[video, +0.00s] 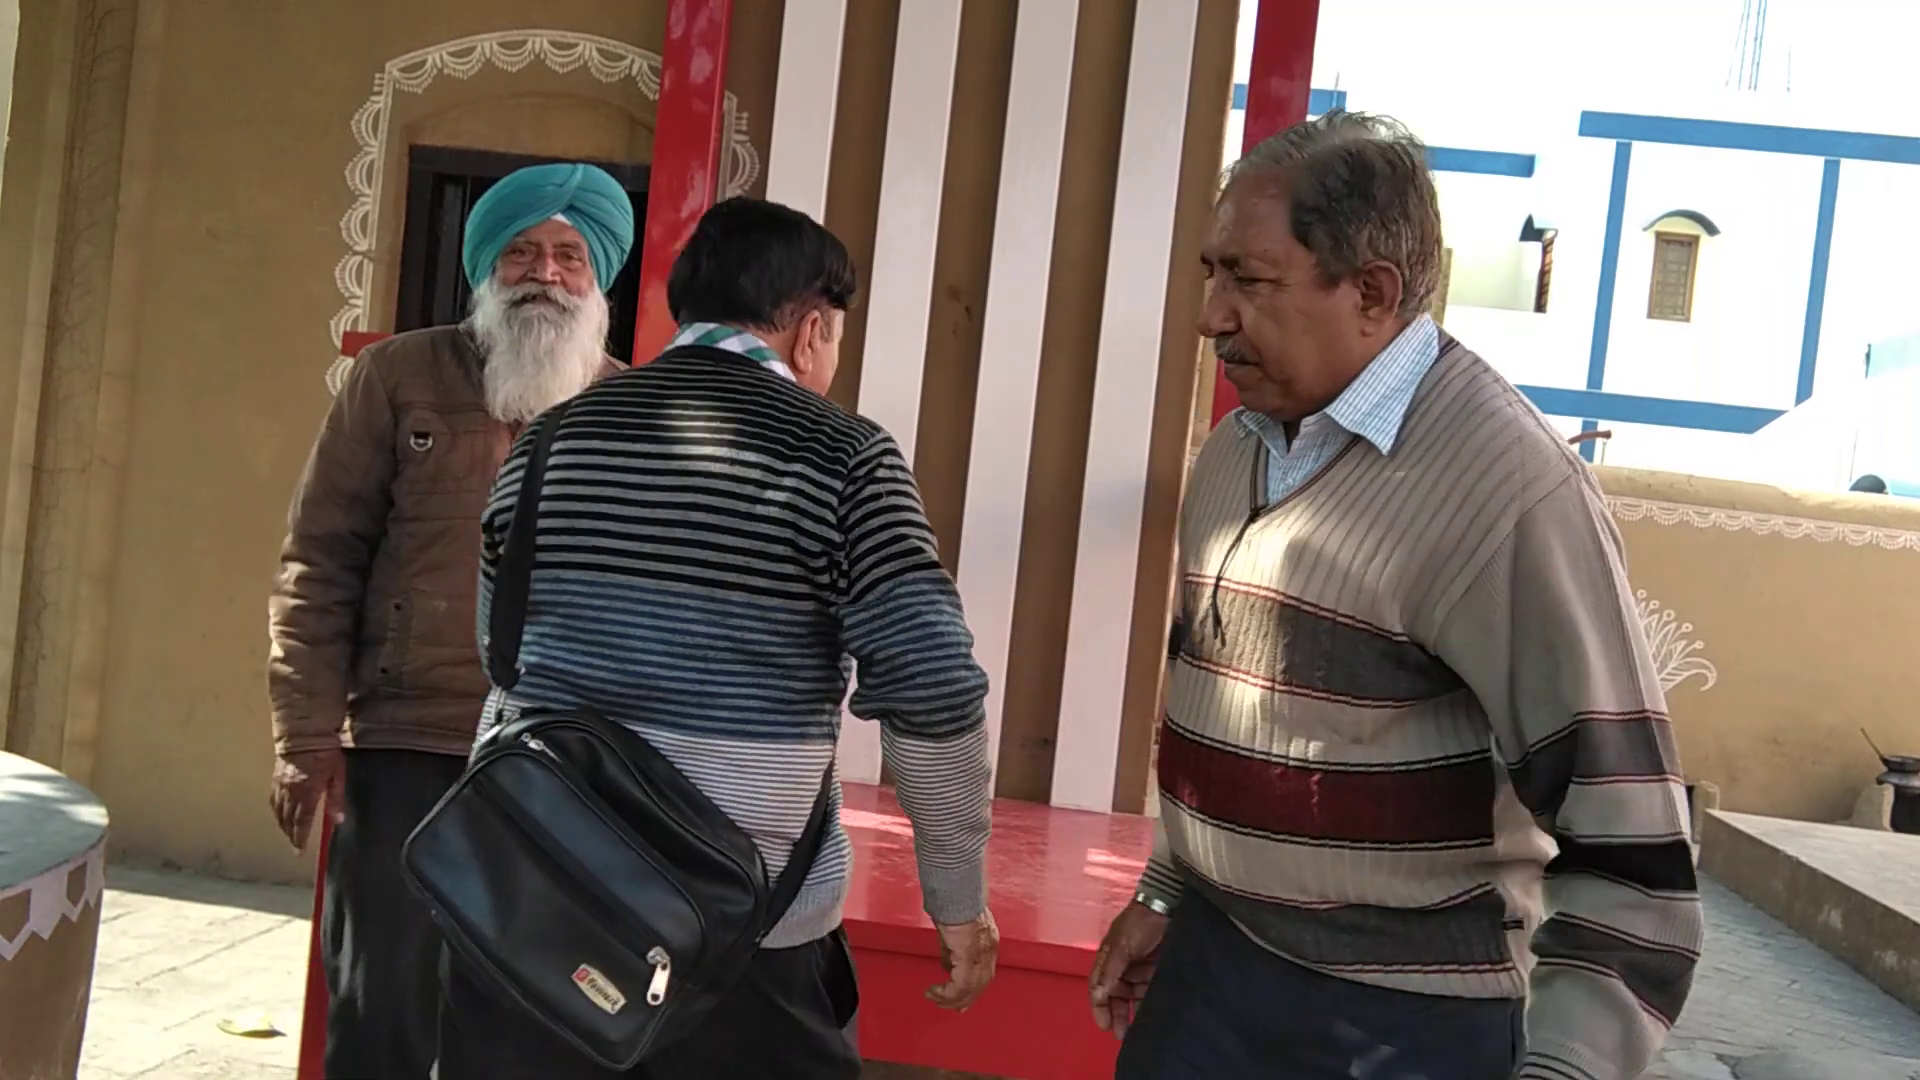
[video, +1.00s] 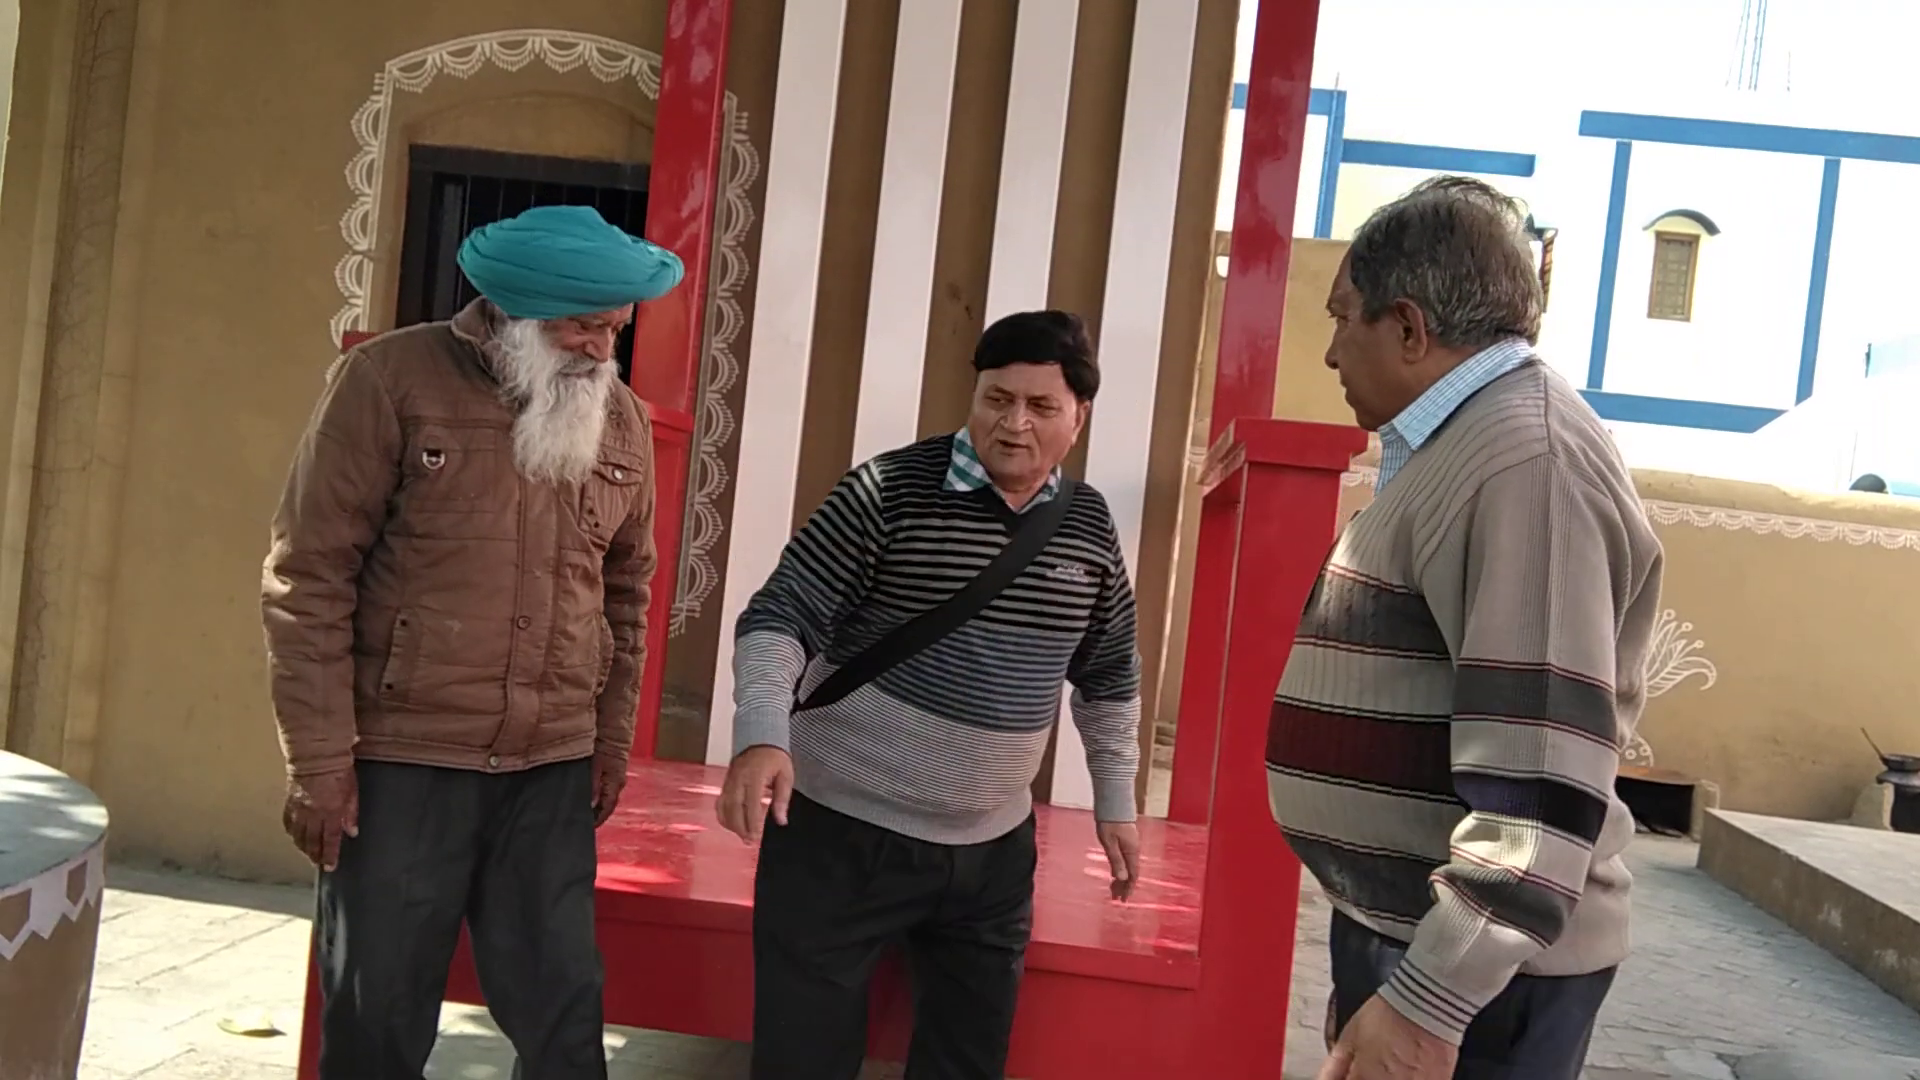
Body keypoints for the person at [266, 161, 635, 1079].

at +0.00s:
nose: (547, 270)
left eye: (571, 254)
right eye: (525, 249)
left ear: (603, 278)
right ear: (486, 265)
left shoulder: (628, 401)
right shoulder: (396, 375)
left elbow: (661, 589)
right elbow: (320, 561)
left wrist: (628, 759)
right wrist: (308, 735)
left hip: (559, 767)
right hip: (409, 760)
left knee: (529, 1027)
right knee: (383, 1019)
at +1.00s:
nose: (600, 341)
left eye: (612, 322)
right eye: (581, 320)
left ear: (620, 319)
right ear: (515, 310)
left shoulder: (622, 419)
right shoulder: (390, 379)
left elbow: (626, 596)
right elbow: (308, 573)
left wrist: (610, 741)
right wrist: (322, 762)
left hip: (548, 787)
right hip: (404, 781)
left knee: (566, 1037)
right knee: (376, 1044)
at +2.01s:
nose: (602, 337)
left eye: (614, 318)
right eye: (584, 316)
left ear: (621, 313)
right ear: (517, 306)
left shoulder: (619, 412)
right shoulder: (393, 379)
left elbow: (626, 585)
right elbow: (315, 575)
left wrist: (616, 728)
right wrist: (335, 763)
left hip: (553, 776)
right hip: (410, 776)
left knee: (569, 1013)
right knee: (378, 1032)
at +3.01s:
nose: (696, 318)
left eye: (720, 304)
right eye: (677, 296)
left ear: (739, 328)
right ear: (635, 303)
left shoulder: (743, 444)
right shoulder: (539, 370)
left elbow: (709, 600)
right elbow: (432, 525)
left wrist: (668, 729)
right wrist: (411, 686)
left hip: (612, 760)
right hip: (476, 737)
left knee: (568, 1016)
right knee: (415, 995)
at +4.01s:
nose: (615, 294)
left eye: (638, 279)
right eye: (596, 271)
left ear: (662, 301)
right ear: (557, 279)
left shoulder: (682, 427)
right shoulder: (461, 365)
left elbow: (679, 588)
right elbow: (371, 538)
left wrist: (636, 713)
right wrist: (362, 705)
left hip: (576, 755)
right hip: (435, 742)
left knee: (550, 1012)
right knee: (415, 1003)